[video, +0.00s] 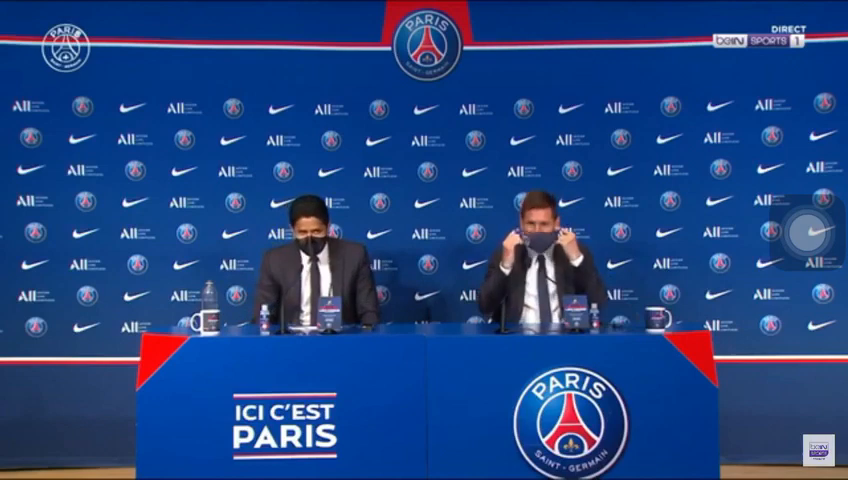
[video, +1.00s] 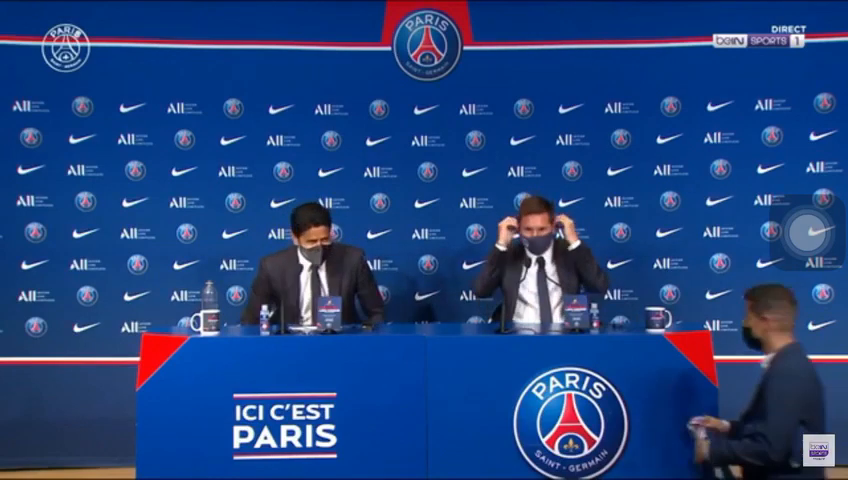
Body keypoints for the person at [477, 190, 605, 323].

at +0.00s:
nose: (537, 231)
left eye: (544, 224)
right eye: (531, 224)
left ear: (556, 224)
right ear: (522, 225)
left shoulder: (575, 252)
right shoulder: (507, 253)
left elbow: (600, 302)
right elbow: (486, 307)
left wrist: (577, 258)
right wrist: (506, 265)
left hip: (565, 341)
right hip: (518, 341)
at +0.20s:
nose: (537, 237)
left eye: (544, 231)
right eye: (531, 231)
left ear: (556, 225)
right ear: (521, 227)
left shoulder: (573, 251)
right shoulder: (507, 251)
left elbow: (600, 300)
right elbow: (486, 306)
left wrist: (579, 256)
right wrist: (505, 262)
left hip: (565, 341)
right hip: (518, 341)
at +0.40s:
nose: (537, 233)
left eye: (544, 226)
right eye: (530, 226)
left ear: (556, 225)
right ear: (520, 225)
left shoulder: (573, 253)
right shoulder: (506, 255)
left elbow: (601, 301)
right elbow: (486, 307)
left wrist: (578, 260)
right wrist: (505, 266)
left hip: (565, 342)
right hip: (519, 343)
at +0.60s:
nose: (536, 232)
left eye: (543, 225)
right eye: (530, 225)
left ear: (555, 224)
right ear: (519, 225)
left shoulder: (573, 251)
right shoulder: (506, 252)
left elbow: (600, 300)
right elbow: (485, 305)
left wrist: (577, 255)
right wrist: (504, 261)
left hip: (565, 340)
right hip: (519, 340)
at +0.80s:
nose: (535, 235)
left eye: (542, 229)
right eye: (529, 229)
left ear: (554, 227)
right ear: (519, 228)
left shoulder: (569, 251)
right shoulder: (507, 252)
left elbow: (598, 292)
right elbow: (485, 300)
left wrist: (576, 247)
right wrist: (503, 255)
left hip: (563, 338)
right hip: (518, 338)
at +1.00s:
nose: (535, 236)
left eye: (542, 230)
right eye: (528, 230)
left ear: (553, 227)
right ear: (519, 230)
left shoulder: (569, 252)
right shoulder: (509, 255)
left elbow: (600, 287)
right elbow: (481, 291)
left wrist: (575, 243)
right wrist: (501, 246)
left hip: (562, 339)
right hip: (518, 339)